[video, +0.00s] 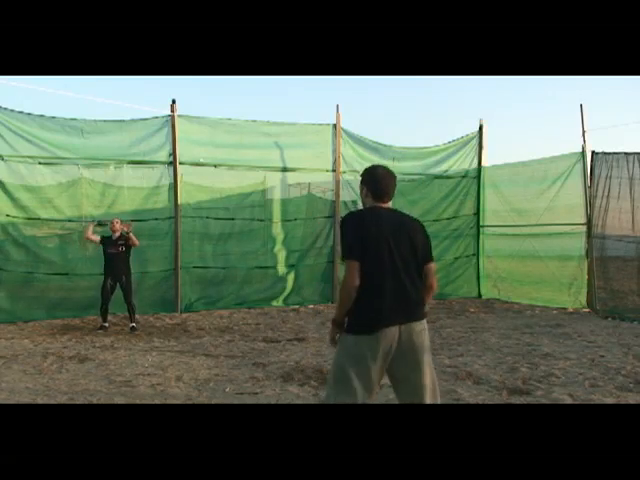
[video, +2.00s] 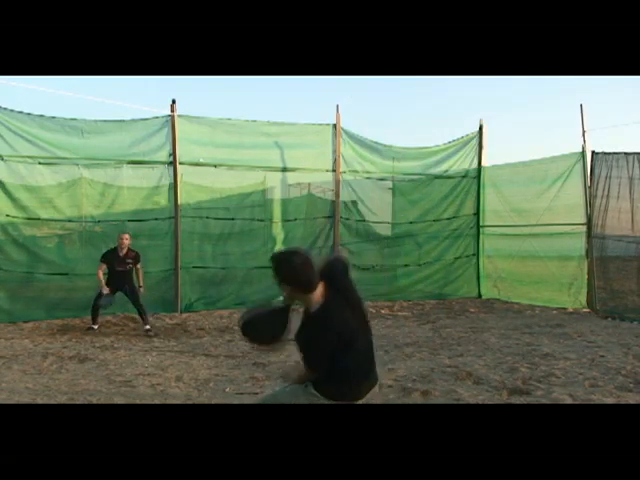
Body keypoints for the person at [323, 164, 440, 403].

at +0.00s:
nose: (360, 191)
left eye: (361, 187)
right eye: (361, 187)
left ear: (364, 190)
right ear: (393, 193)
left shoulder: (354, 221)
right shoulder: (413, 224)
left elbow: (352, 281)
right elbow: (430, 283)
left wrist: (338, 320)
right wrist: (413, 311)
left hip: (368, 330)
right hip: (413, 327)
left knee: (345, 397)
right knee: (422, 398)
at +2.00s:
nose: (280, 288)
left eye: (280, 284)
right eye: (279, 284)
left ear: (289, 288)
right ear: (312, 270)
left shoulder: (309, 333)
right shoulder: (336, 273)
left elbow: (314, 371)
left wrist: (297, 380)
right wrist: (289, 302)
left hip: (340, 393)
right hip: (369, 378)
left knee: (267, 400)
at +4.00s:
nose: (264, 216)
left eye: (266, 210)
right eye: (266, 209)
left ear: (270, 215)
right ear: (294, 210)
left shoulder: (277, 247)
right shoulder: (319, 234)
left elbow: (292, 310)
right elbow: (335, 289)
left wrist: (268, 355)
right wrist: (301, 328)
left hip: (329, 349)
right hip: (370, 334)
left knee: (275, 399)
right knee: (389, 399)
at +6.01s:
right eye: (381, 253)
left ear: (355, 252)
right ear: (383, 254)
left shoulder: (343, 276)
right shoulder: (395, 276)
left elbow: (318, 328)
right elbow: (418, 328)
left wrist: (280, 332)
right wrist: (430, 362)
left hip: (373, 373)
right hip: (417, 366)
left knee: (312, 398)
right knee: (406, 398)